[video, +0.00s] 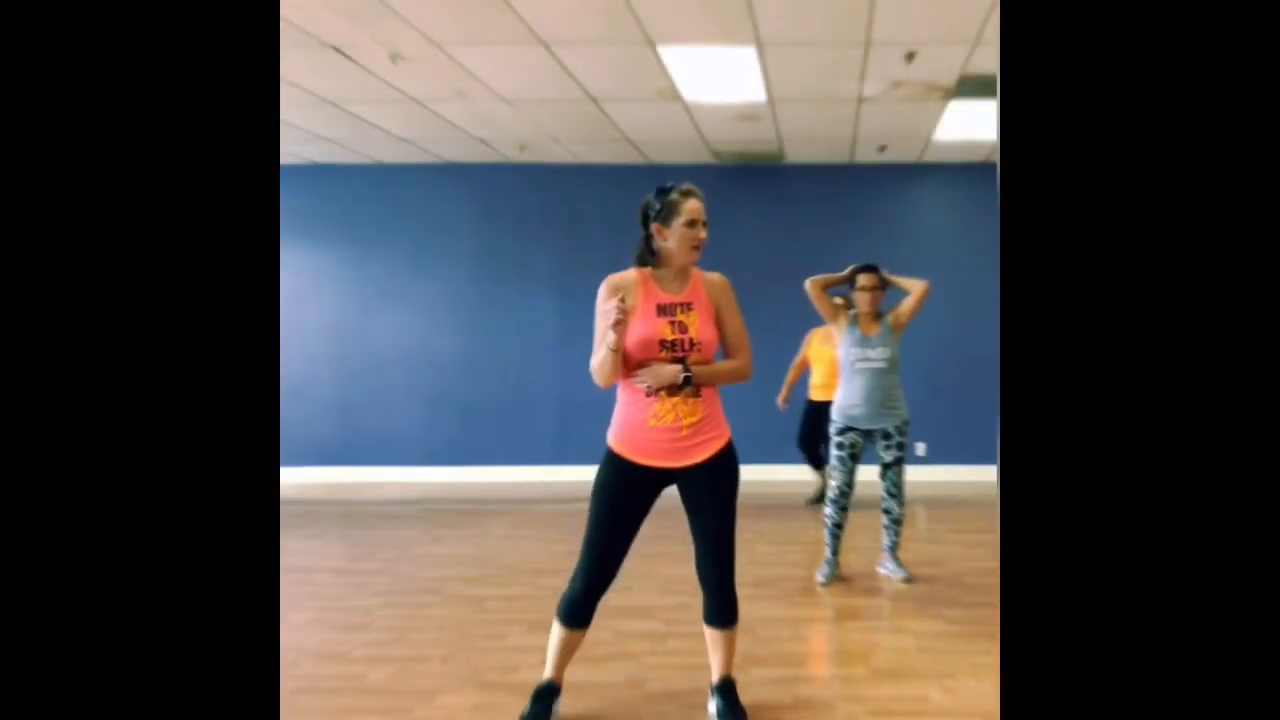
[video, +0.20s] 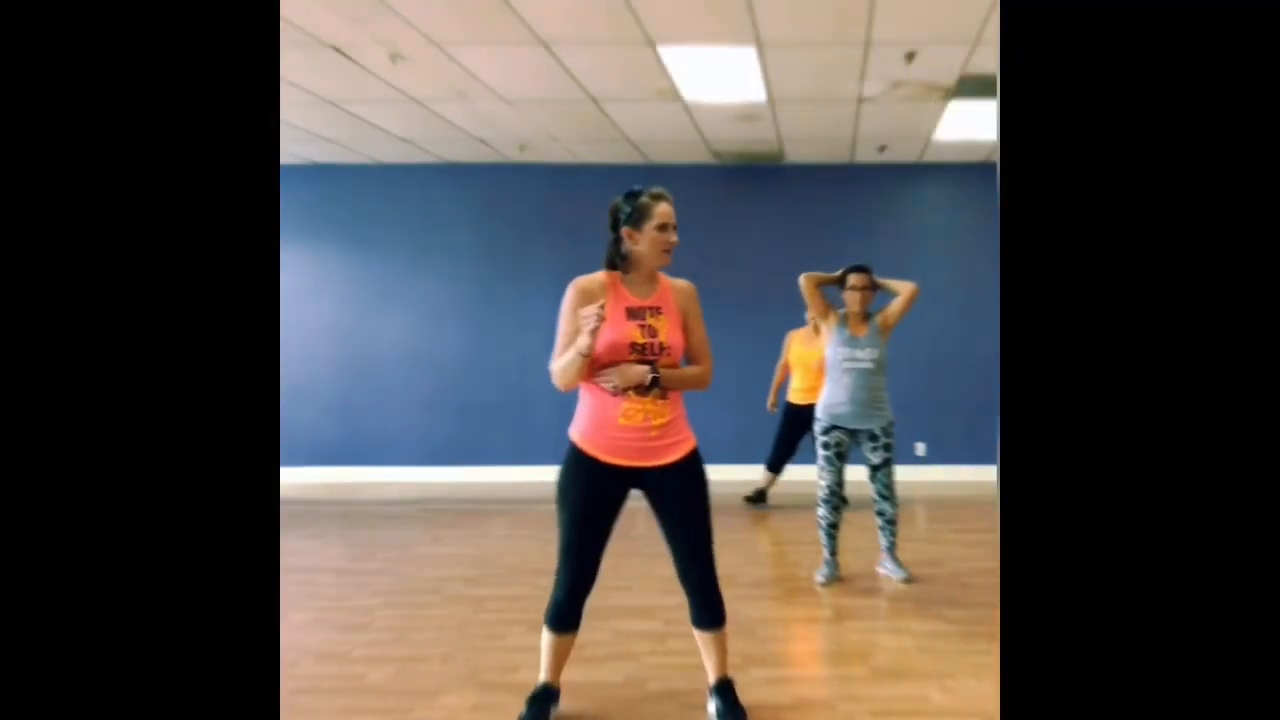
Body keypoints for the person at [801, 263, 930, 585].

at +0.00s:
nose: (869, 295)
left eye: (875, 289)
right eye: (863, 289)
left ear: (883, 293)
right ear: (852, 294)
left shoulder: (892, 324)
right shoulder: (840, 321)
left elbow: (922, 288)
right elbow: (811, 285)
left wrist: (890, 279)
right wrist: (844, 277)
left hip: (889, 417)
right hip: (847, 417)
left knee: (893, 492)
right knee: (839, 490)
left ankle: (889, 557)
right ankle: (830, 560)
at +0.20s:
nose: (859, 295)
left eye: (865, 289)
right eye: (853, 289)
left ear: (873, 294)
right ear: (842, 293)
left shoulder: (881, 325)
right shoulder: (829, 322)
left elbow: (911, 290)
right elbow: (805, 280)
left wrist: (879, 282)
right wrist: (838, 277)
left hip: (875, 419)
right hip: (833, 419)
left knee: (885, 492)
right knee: (830, 493)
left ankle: (888, 556)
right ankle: (829, 560)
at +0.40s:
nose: (849, 294)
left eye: (855, 288)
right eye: (843, 288)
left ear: (862, 294)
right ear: (832, 292)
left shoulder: (871, 325)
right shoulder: (820, 321)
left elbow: (903, 291)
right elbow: (798, 277)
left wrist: (869, 282)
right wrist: (831, 276)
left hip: (864, 418)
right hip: (822, 418)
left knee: (884, 485)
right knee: (825, 492)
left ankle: (883, 553)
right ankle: (828, 559)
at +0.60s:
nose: (845, 294)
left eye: (851, 288)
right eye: (839, 287)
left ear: (858, 292)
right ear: (827, 292)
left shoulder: (869, 323)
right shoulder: (816, 321)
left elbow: (904, 297)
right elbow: (789, 284)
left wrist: (870, 282)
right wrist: (818, 278)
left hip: (861, 418)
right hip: (820, 419)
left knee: (874, 488)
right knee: (823, 491)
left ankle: (871, 557)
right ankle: (827, 560)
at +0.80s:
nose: (847, 290)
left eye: (853, 284)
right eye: (841, 284)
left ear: (862, 289)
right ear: (831, 289)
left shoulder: (872, 322)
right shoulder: (817, 319)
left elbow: (916, 317)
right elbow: (775, 309)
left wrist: (885, 287)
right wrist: (806, 283)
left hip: (865, 417)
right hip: (822, 418)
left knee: (886, 483)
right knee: (825, 490)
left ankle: (887, 554)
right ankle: (828, 560)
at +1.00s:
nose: (858, 288)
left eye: (864, 283)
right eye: (852, 282)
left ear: (873, 289)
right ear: (842, 289)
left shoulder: (885, 324)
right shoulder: (828, 324)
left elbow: (920, 358)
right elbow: (796, 357)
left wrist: (920, 327)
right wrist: (793, 324)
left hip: (877, 420)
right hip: (834, 419)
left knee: (894, 488)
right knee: (831, 491)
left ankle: (906, 557)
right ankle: (828, 560)